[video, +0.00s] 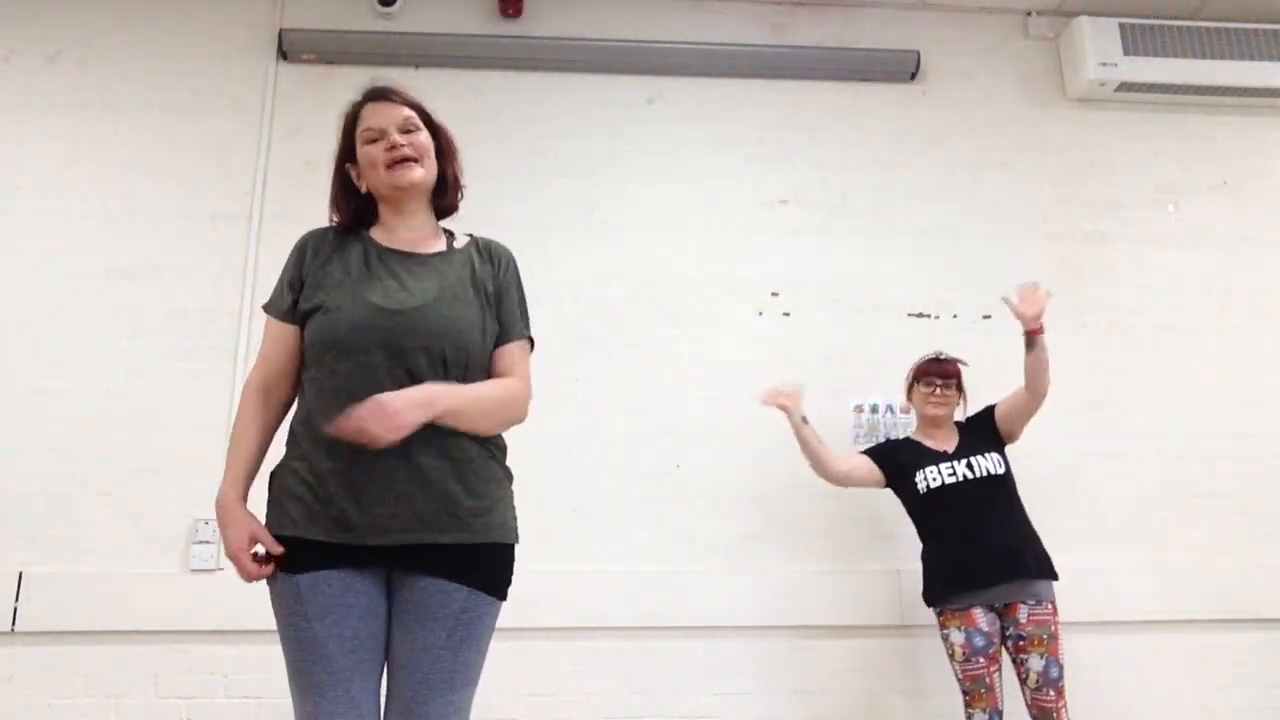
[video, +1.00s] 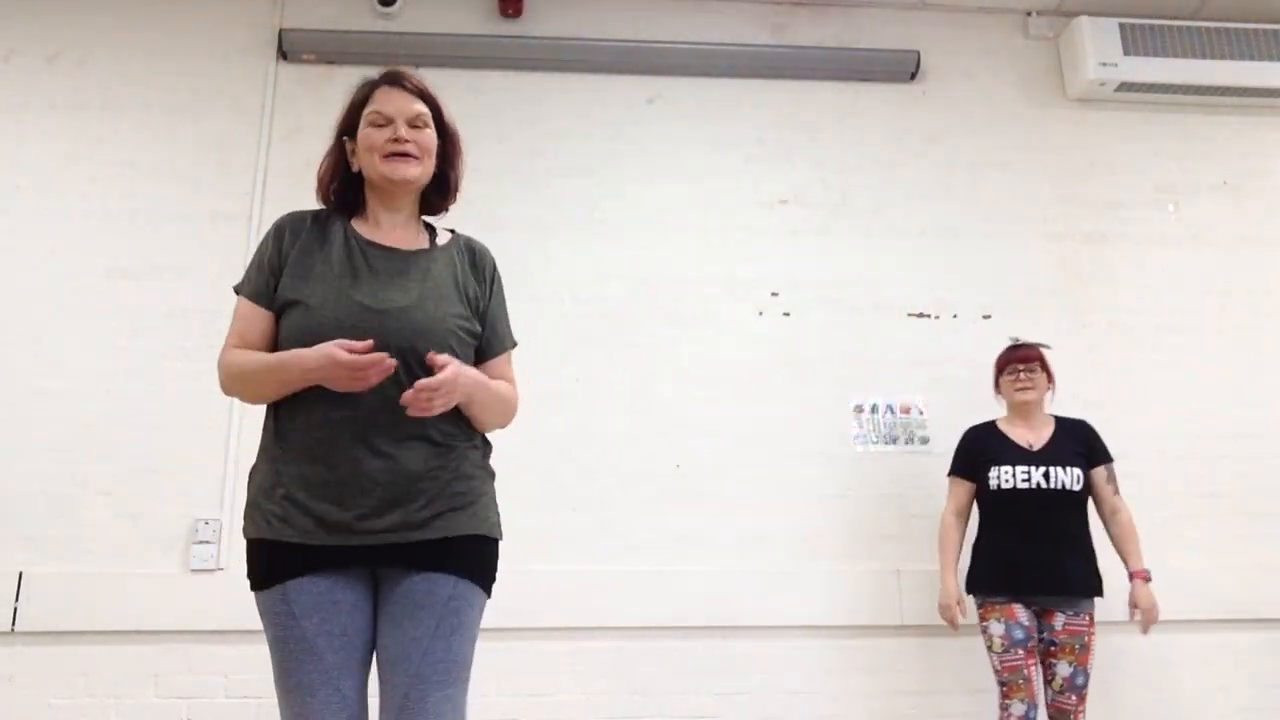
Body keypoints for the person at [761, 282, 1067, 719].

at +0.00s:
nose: (938, 391)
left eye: (948, 385)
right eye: (929, 384)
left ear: (960, 396)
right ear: (910, 395)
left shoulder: (986, 430)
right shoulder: (897, 457)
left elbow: (1035, 391)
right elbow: (835, 470)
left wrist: (1034, 330)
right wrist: (796, 417)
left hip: (1027, 584)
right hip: (961, 597)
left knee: (1050, 707)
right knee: (984, 711)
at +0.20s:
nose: (941, 391)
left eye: (951, 385)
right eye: (931, 384)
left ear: (963, 396)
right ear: (913, 395)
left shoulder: (989, 430)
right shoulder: (900, 456)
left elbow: (1039, 396)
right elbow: (841, 473)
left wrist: (1031, 332)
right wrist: (807, 413)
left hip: (1027, 584)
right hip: (961, 595)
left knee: (1049, 707)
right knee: (984, 710)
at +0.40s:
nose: (953, 385)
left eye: (962, 378)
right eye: (942, 377)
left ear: (975, 386)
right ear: (927, 387)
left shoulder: (1005, 427)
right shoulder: (912, 446)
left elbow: (1076, 443)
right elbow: (849, 480)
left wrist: (1039, 409)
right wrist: (836, 465)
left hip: (1029, 583)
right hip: (962, 591)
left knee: (1049, 705)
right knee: (982, 708)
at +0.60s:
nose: (977, 380)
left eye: (986, 373)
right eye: (967, 375)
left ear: (1002, 383)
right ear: (953, 387)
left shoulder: (1033, 433)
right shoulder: (936, 445)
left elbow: (1063, 500)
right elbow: (898, 508)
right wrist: (886, 575)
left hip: (1038, 590)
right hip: (970, 594)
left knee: (1052, 707)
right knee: (987, 708)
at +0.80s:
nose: (1006, 375)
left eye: (1015, 369)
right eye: (996, 370)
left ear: (1031, 381)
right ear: (981, 385)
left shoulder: (1062, 433)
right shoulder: (962, 440)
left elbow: (1099, 507)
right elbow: (944, 518)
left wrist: (1107, 578)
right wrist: (945, 584)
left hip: (1054, 595)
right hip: (985, 595)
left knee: (1057, 708)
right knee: (996, 707)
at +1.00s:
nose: (1022, 377)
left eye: (1032, 370)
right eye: (1012, 372)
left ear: (1049, 381)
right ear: (998, 387)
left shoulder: (1079, 435)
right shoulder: (979, 440)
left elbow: (1114, 511)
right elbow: (955, 516)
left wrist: (1139, 577)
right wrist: (948, 582)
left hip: (1071, 595)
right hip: (1003, 595)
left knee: (1068, 708)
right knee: (1020, 707)